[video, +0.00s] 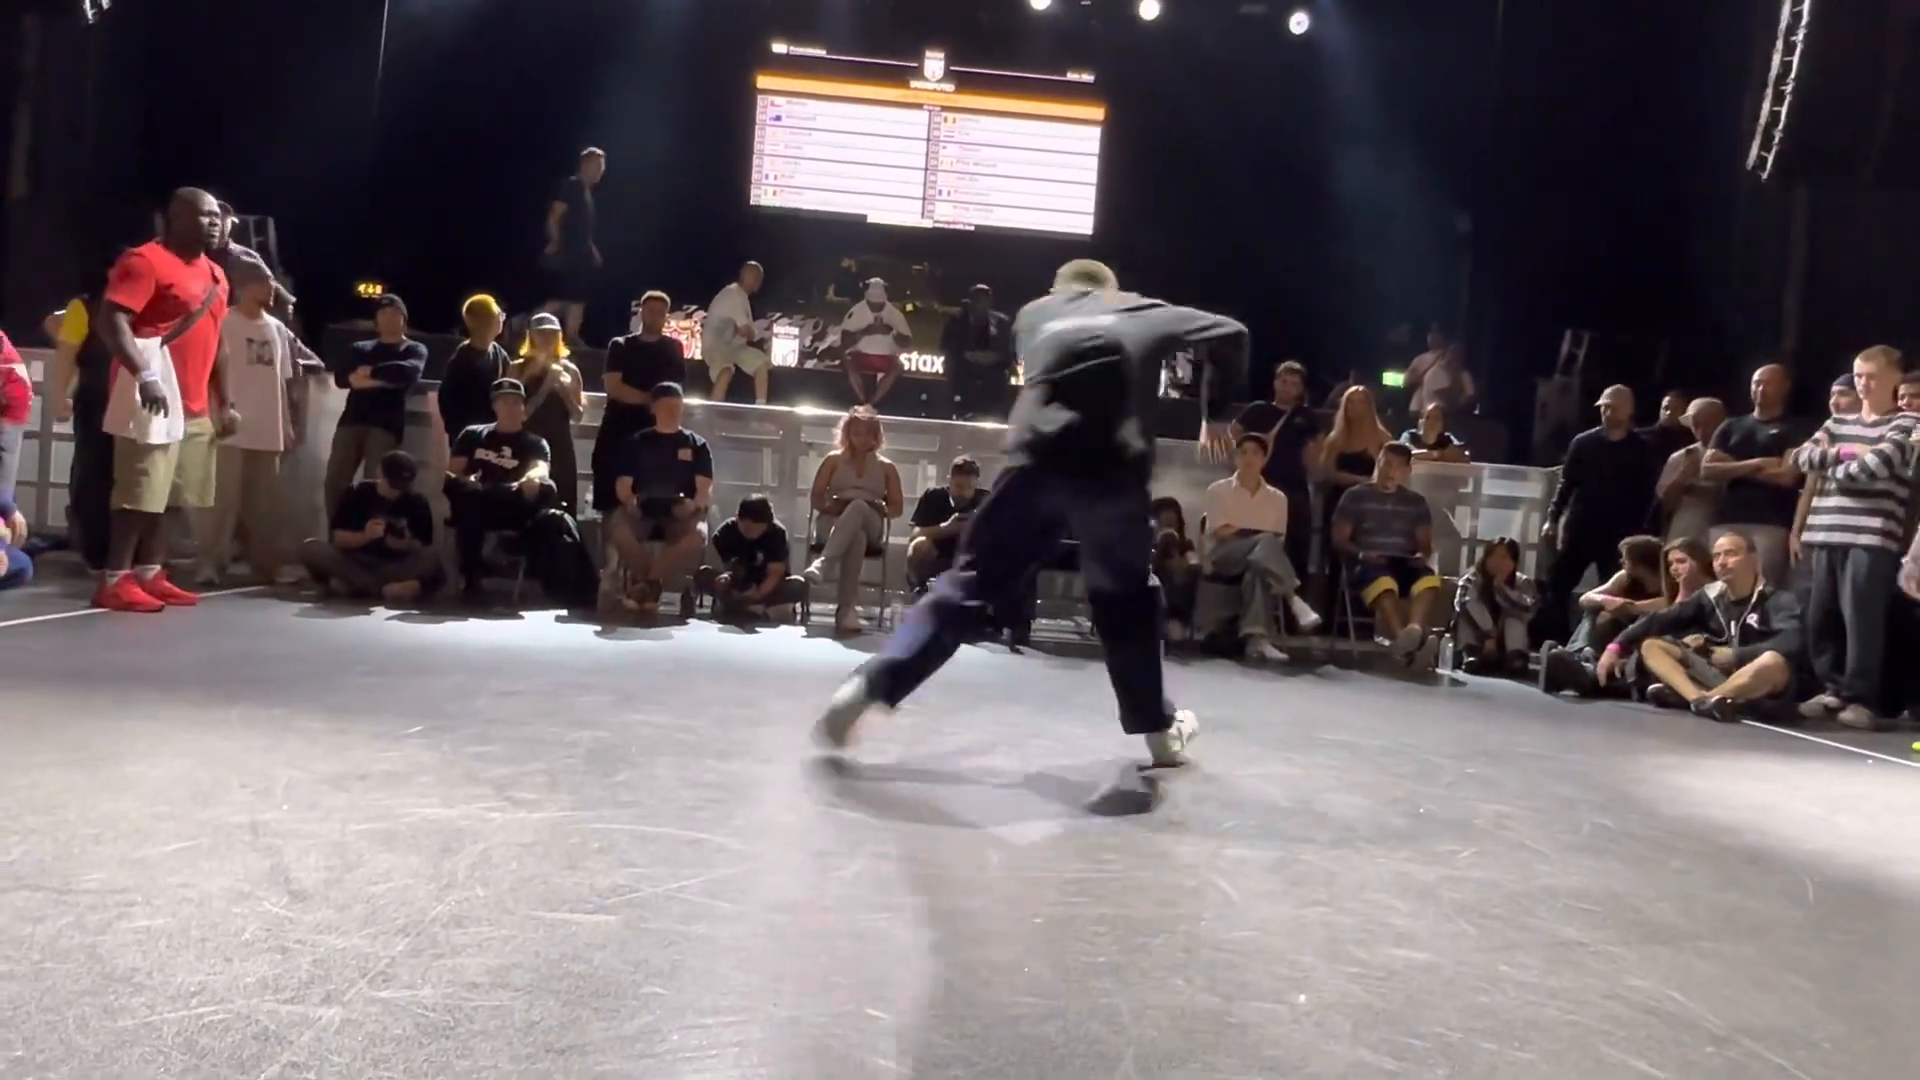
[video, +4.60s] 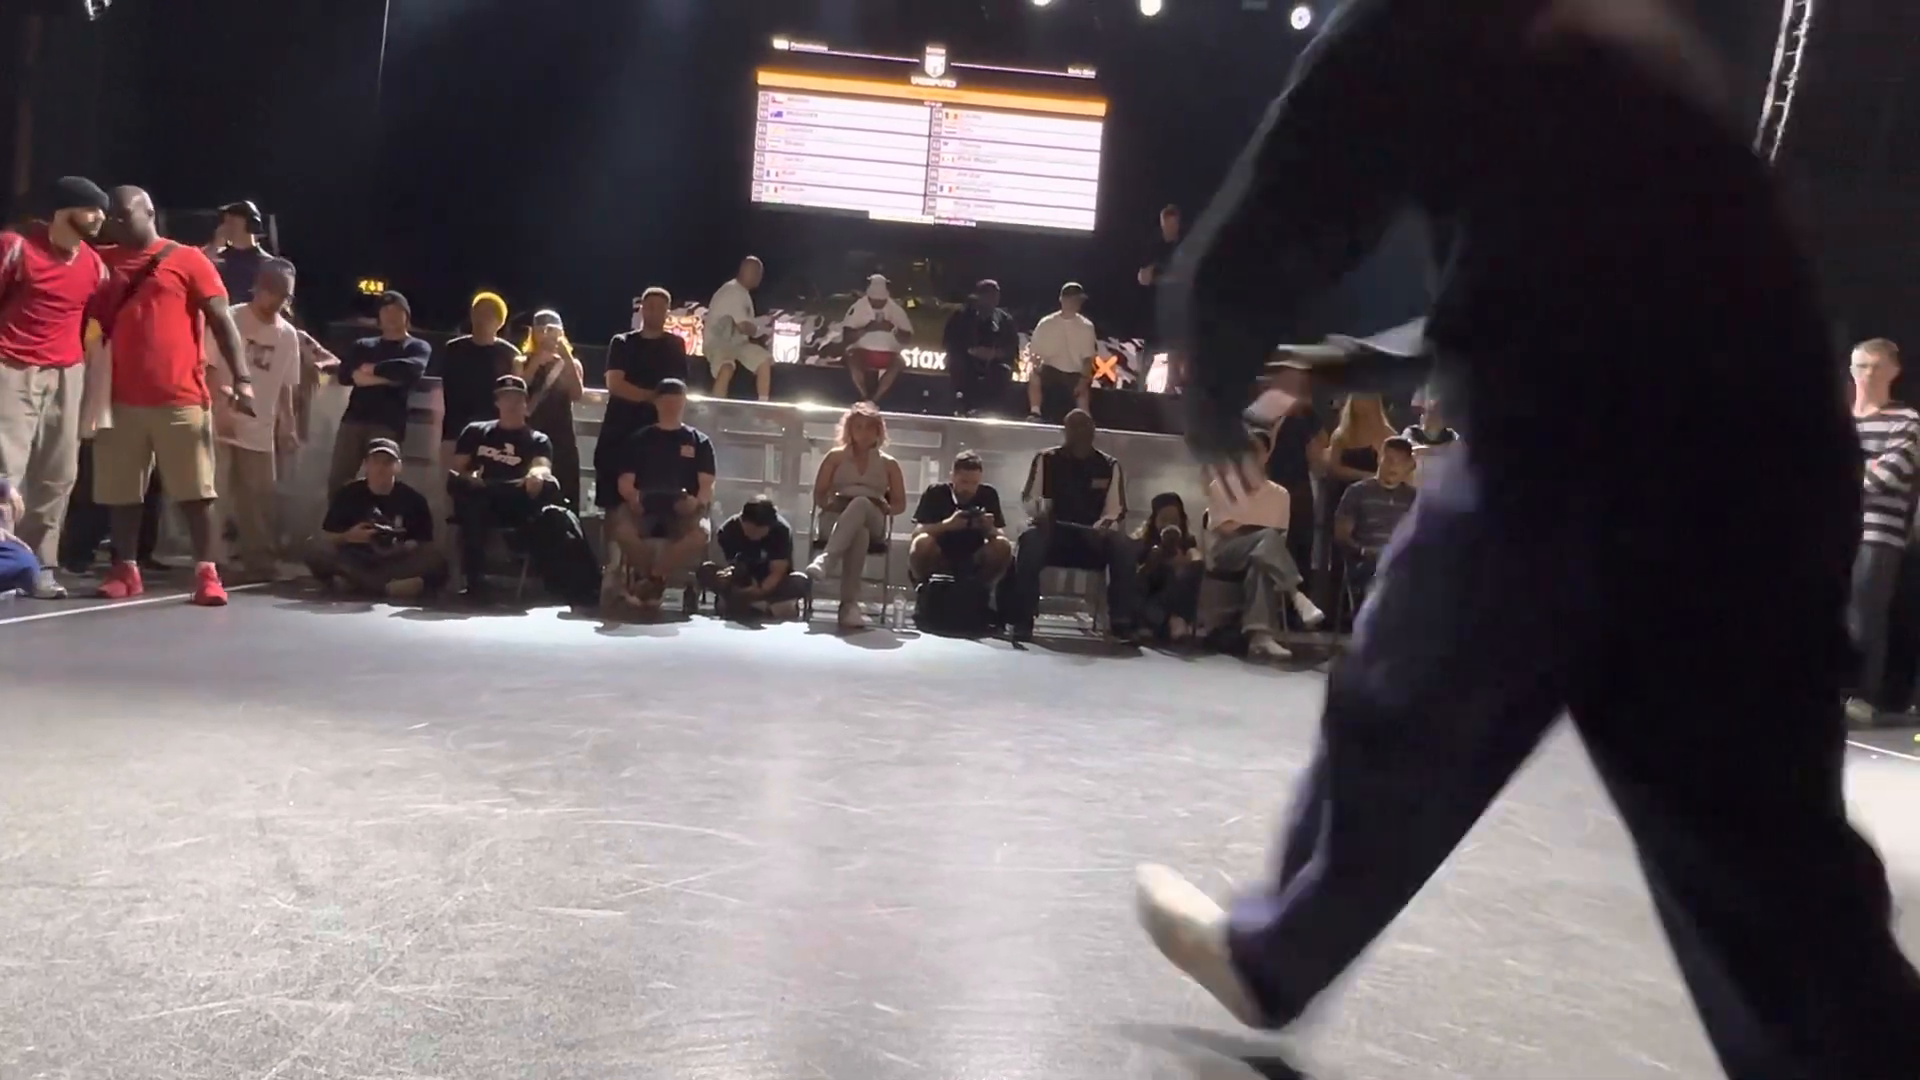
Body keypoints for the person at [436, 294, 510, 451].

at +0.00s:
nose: (503, 317)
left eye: (500, 312)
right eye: (498, 314)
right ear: (484, 322)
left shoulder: (500, 355)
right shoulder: (461, 360)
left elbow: (504, 392)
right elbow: (445, 396)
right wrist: (455, 432)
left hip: (493, 431)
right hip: (465, 434)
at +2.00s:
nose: (512, 302)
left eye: (510, 298)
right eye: (507, 299)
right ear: (493, 307)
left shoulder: (511, 340)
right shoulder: (472, 345)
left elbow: (517, 377)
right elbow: (458, 382)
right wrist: (468, 415)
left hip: (505, 415)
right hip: (476, 418)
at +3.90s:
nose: (495, 311)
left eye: (500, 306)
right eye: (490, 305)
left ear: (510, 312)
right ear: (482, 309)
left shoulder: (520, 345)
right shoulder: (462, 343)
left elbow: (526, 385)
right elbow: (455, 381)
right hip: (468, 421)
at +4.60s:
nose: (481, 323)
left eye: (487, 318)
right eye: (478, 317)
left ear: (499, 322)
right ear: (471, 317)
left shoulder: (510, 354)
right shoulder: (453, 348)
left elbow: (512, 395)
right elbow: (443, 387)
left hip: (493, 432)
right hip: (455, 429)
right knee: (452, 492)